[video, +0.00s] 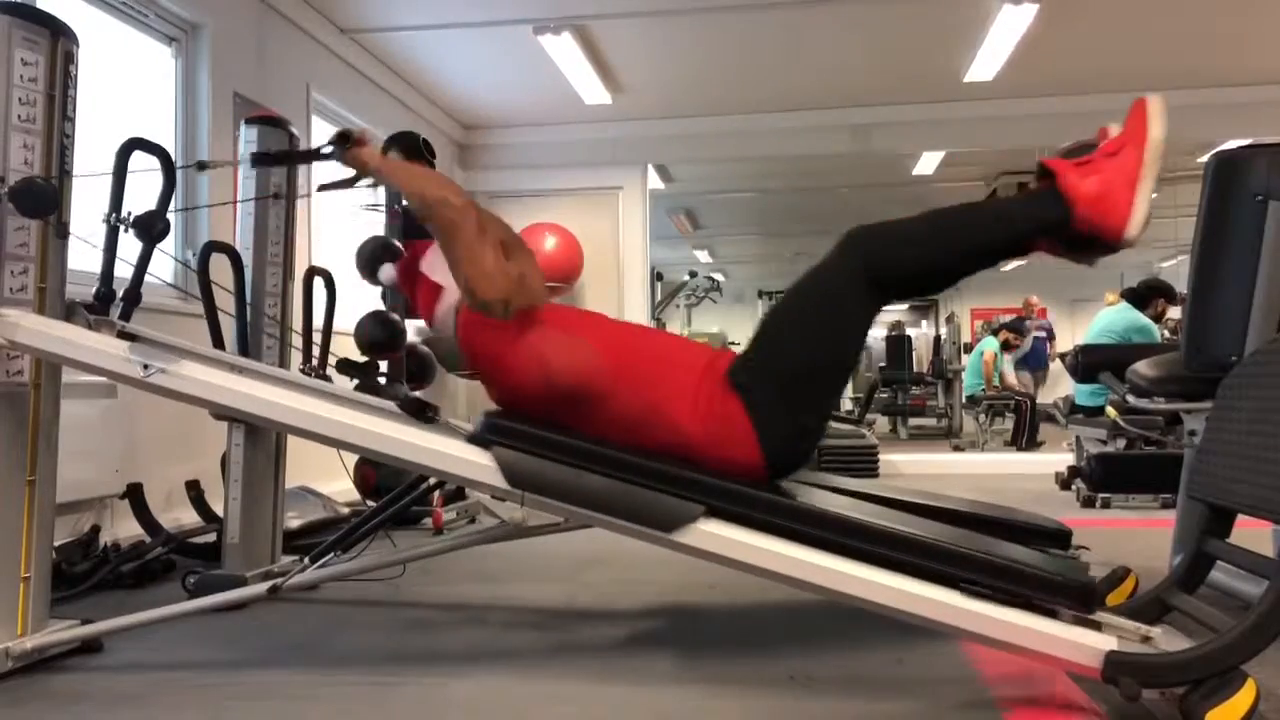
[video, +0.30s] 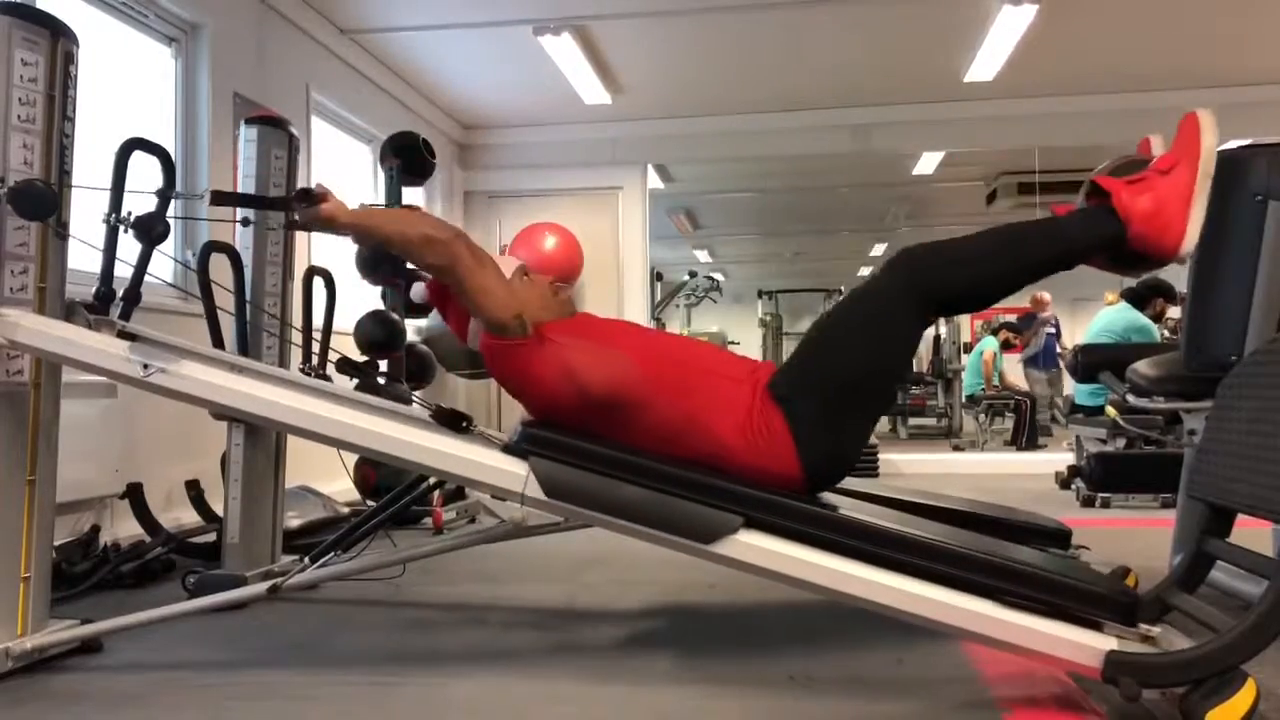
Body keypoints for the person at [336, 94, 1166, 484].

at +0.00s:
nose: (503, 246)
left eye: (483, 236)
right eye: (482, 245)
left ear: (444, 287)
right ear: (457, 274)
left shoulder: (509, 325)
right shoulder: (499, 326)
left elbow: (552, 246)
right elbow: (458, 211)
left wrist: (424, 194)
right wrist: (385, 164)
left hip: (742, 407)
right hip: (748, 425)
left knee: (858, 256)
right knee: (859, 261)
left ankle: (1061, 201)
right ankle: (1072, 203)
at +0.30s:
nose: (529, 252)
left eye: (523, 250)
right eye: (517, 251)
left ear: (480, 308)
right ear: (497, 287)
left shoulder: (545, 338)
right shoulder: (521, 334)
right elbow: (438, 239)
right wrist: (345, 217)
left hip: (778, 421)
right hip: (794, 437)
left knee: (906, 271)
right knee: (910, 276)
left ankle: (1113, 213)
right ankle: (1124, 223)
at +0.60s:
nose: (419, 253)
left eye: (410, 248)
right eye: (407, 255)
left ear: (432, 273)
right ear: (410, 297)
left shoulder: (499, 321)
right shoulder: (457, 343)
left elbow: (548, 252)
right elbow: (480, 228)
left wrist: (454, 190)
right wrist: (410, 155)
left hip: (700, 384)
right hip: (700, 410)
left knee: (795, 236)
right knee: (793, 237)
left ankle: (999, 186)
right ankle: (1005, 190)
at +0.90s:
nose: (339, 204)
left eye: (326, 195)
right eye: (319, 201)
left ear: (307, 230)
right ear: (294, 235)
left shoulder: (373, 287)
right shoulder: (329, 294)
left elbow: (491, 269)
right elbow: (417, 228)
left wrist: (556, 194)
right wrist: (473, 118)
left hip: (557, 353)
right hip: (558, 370)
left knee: (584, 180)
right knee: (574, 173)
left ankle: (765, 128)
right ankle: (766, 125)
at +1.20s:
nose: (297, 166)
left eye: (287, 157)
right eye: (273, 161)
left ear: (240, 198)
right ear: (233, 195)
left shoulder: (292, 251)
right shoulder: (277, 241)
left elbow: (429, 250)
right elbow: (401, 222)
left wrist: (579, 261)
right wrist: (535, 188)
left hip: (489, 341)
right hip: (482, 341)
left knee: (435, 156)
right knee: (433, 149)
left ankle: (635, 118)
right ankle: (618, 82)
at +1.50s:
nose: (305, 176)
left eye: (292, 166)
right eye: (284, 170)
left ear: (257, 204)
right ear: (250, 205)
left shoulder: (314, 262)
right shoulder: (285, 252)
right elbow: (395, 205)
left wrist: (585, 223)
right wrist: (514, 135)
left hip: (510, 346)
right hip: (501, 346)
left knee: (498, 163)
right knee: (501, 162)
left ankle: (684, 118)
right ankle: (673, 88)